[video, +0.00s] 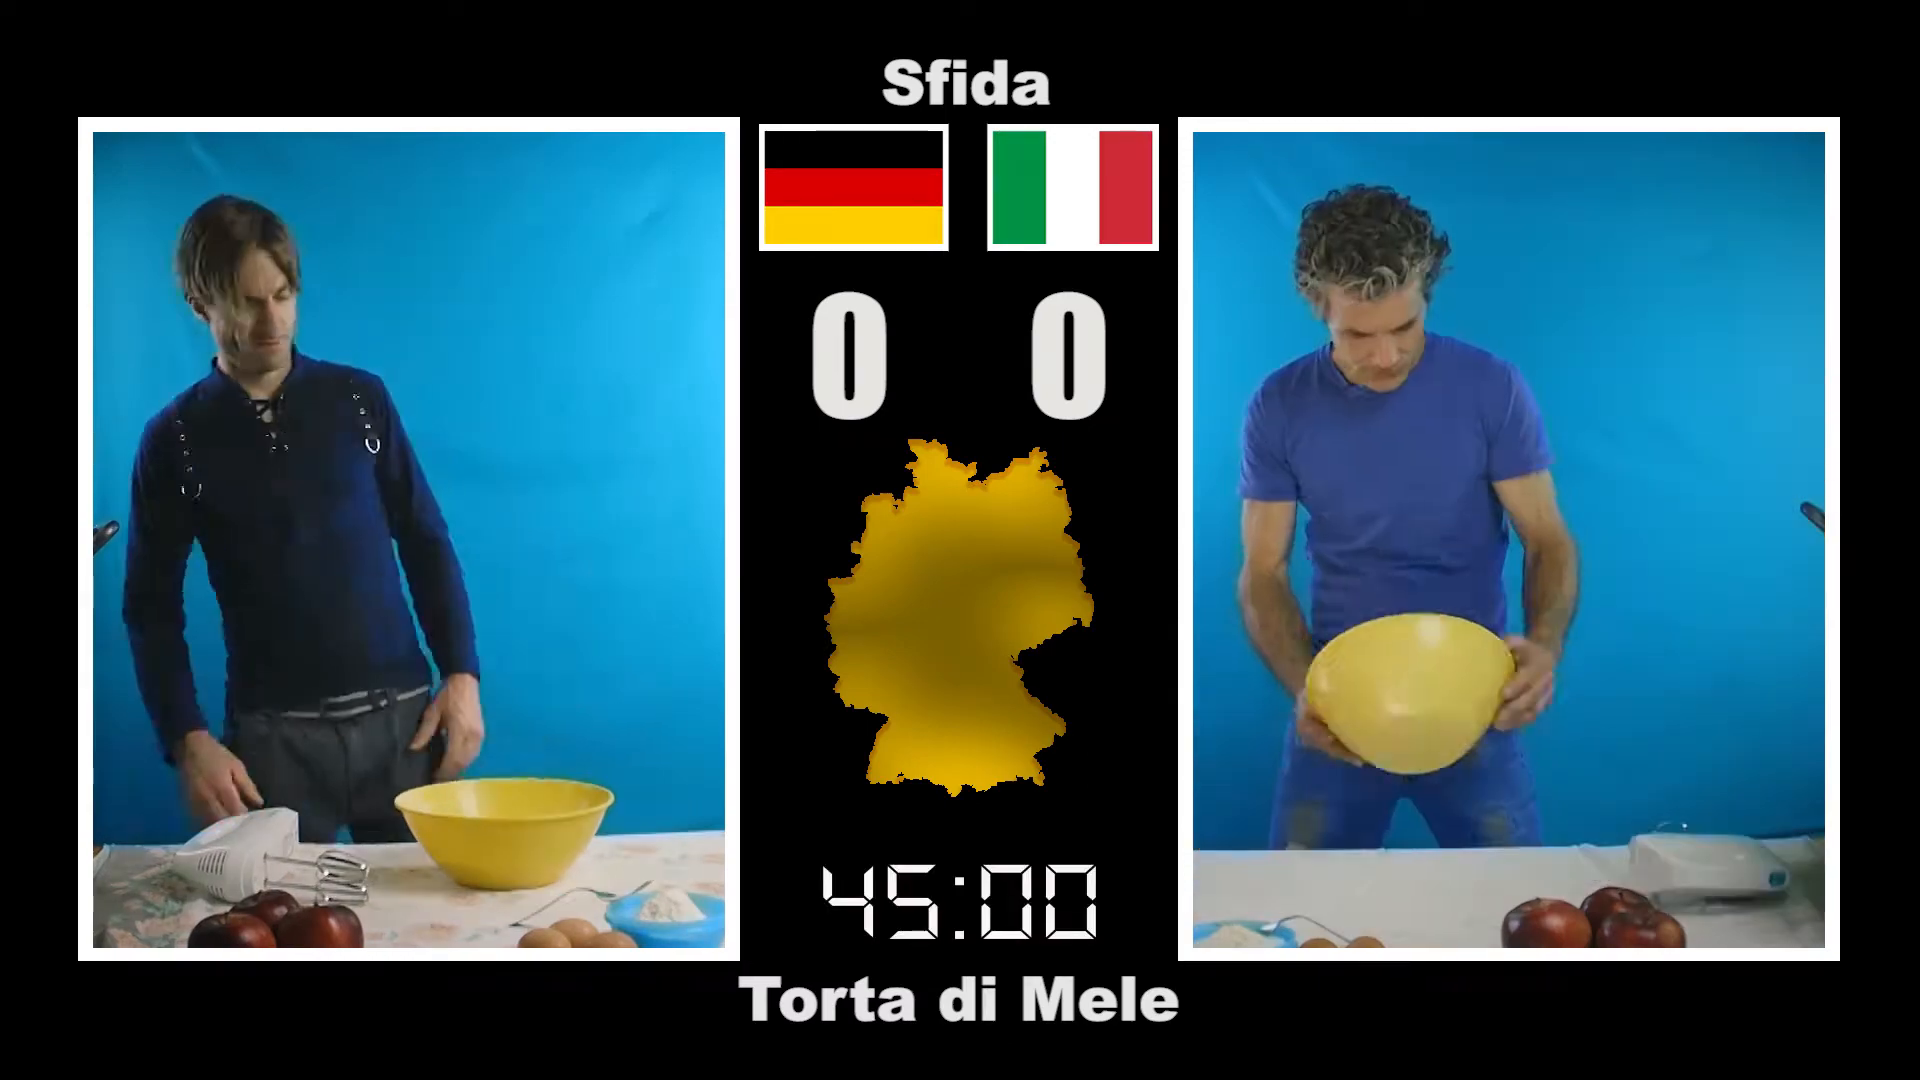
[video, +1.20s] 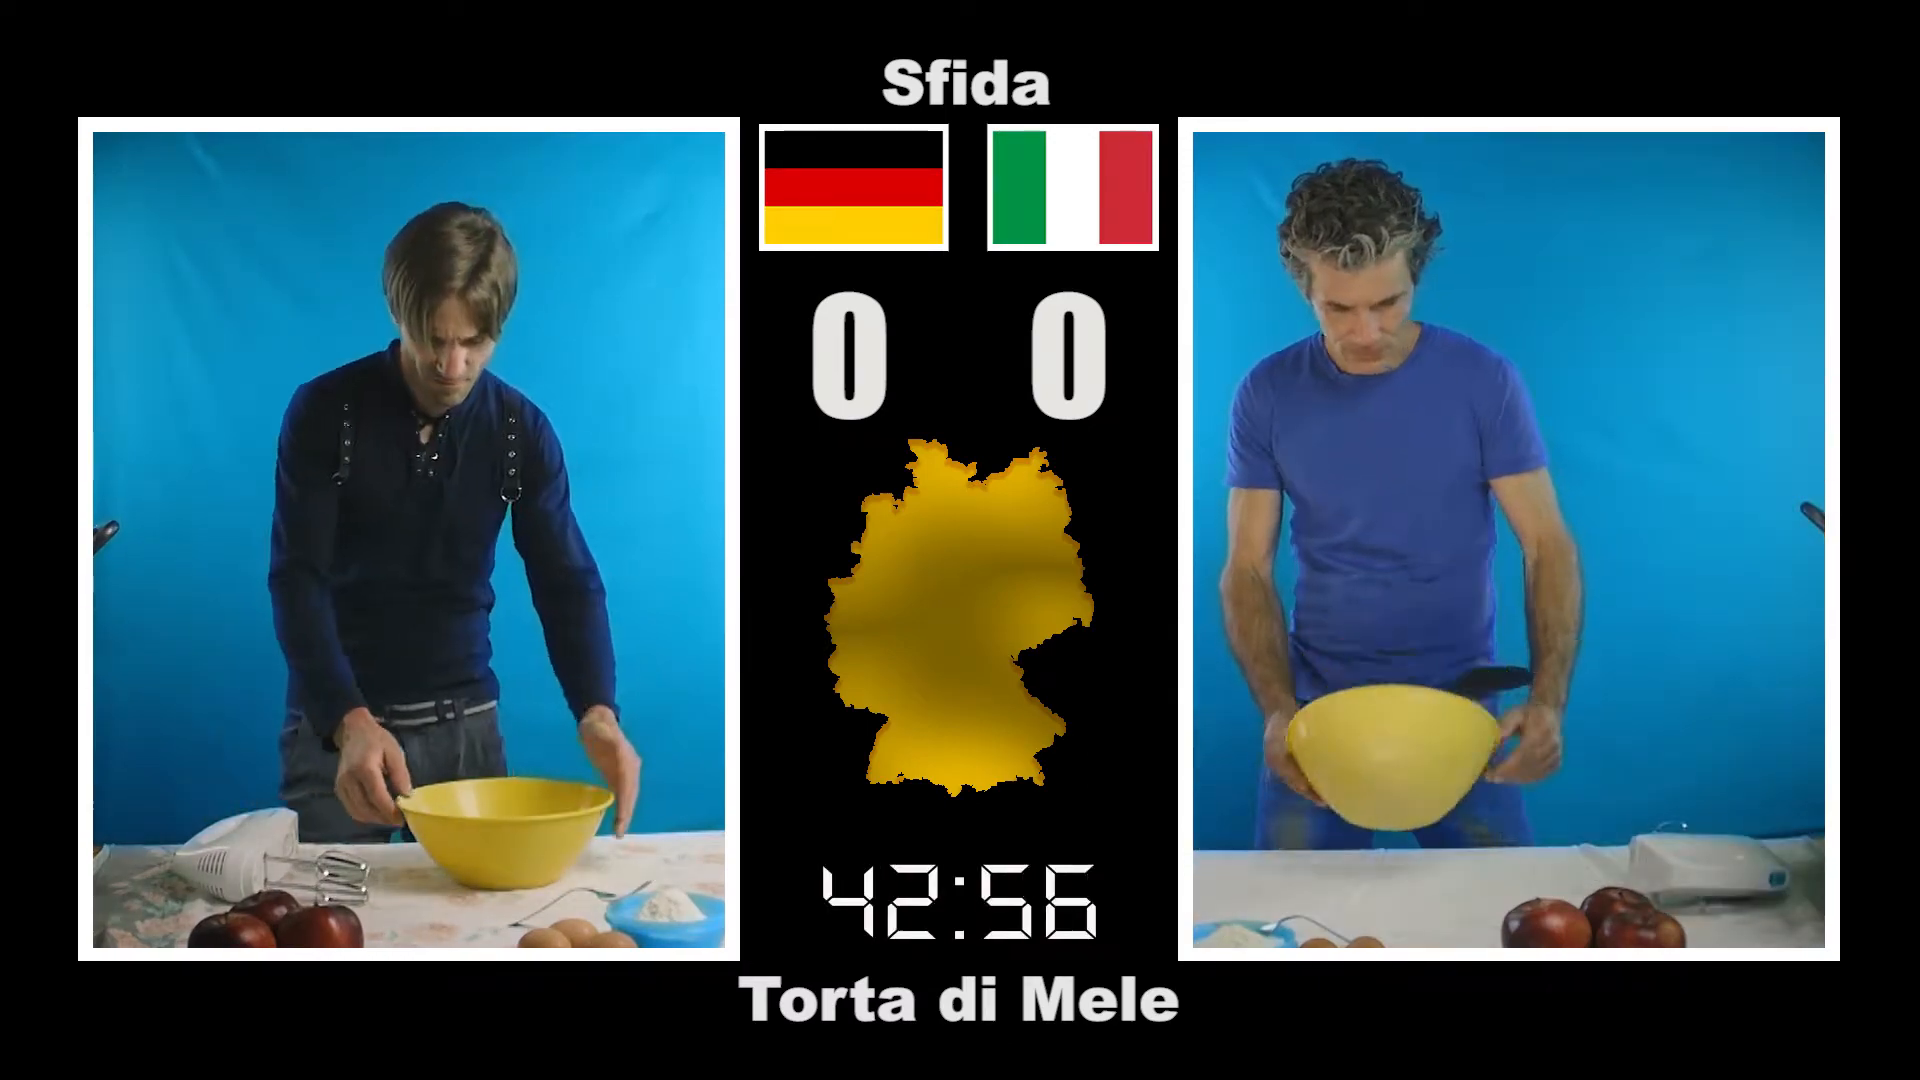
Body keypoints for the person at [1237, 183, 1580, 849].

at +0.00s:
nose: (1385, 354)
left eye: (1403, 328)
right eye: (1359, 335)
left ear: (1425, 297)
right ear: (1321, 308)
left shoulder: (1489, 390)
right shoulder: (1283, 406)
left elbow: (1548, 541)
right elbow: (1263, 575)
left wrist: (1544, 643)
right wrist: (1307, 688)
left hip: (1472, 693)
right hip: (1339, 695)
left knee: (1516, 906)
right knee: (1304, 908)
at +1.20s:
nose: (1366, 331)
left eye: (1387, 303)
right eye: (1341, 308)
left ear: (1414, 278)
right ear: (1305, 286)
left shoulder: (1480, 382)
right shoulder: (1270, 394)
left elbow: (1549, 546)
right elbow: (1247, 570)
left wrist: (1548, 700)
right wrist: (1279, 711)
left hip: (1459, 698)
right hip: (1320, 700)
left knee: (1497, 924)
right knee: (1298, 928)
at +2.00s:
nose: (1449, 394)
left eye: (1465, 367)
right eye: (1423, 370)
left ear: (1478, 348)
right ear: (1367, 354)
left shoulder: (1511, 452)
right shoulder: (1306, 459)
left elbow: (1561, 611)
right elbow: (1349, 635)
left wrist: (1615, 713)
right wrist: (1471, 703)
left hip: (1483, 760)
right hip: (1348, 762)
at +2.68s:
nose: (1401, 425)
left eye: (1416, 399)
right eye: (1379, 402)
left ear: (1426, 381)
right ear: (1314, 386)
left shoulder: (1447, 471)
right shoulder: (1242, 477)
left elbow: (1520, 601)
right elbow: (1198, 632)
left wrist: (1573, 731)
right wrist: (1250, 751)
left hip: (1417, 743)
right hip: (1287, 744)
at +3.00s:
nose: (1420, 460)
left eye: (1432, 433)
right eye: (1396, 438)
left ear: (1442, 411)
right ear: (1328, 421)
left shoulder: (1463, 493)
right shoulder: (1260, 495)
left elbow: (1561, 631)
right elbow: (1266, 684)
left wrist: (1651, 749)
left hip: (1419, 762)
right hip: (1294, 759)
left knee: (1436, 932)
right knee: (1254, 926)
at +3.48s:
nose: (1635, 486)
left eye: (1654, 459)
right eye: (1613, 457)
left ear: (1669, 443)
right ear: (1549, 430)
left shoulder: (1655, 518)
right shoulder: (1468, 494)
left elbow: (1678, 679)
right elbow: (1466, 697)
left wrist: (1738, 796)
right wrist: (1607, 807)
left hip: (1517, 735)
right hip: (1403, 739)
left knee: (1538, 922)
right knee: (1395, 930)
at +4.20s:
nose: (1405, 350)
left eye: (1430, 321)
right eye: (1379, 322)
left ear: (1468, 294)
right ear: (1352, 297)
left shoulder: (1529, 397)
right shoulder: (1310, 423)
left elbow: (1583, 573)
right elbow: (1244, 613)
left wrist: (1604, 745)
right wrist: (1234, 764)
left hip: (1525, 765)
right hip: (1380, 769)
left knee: (1533, 963)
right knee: (1381, 972)